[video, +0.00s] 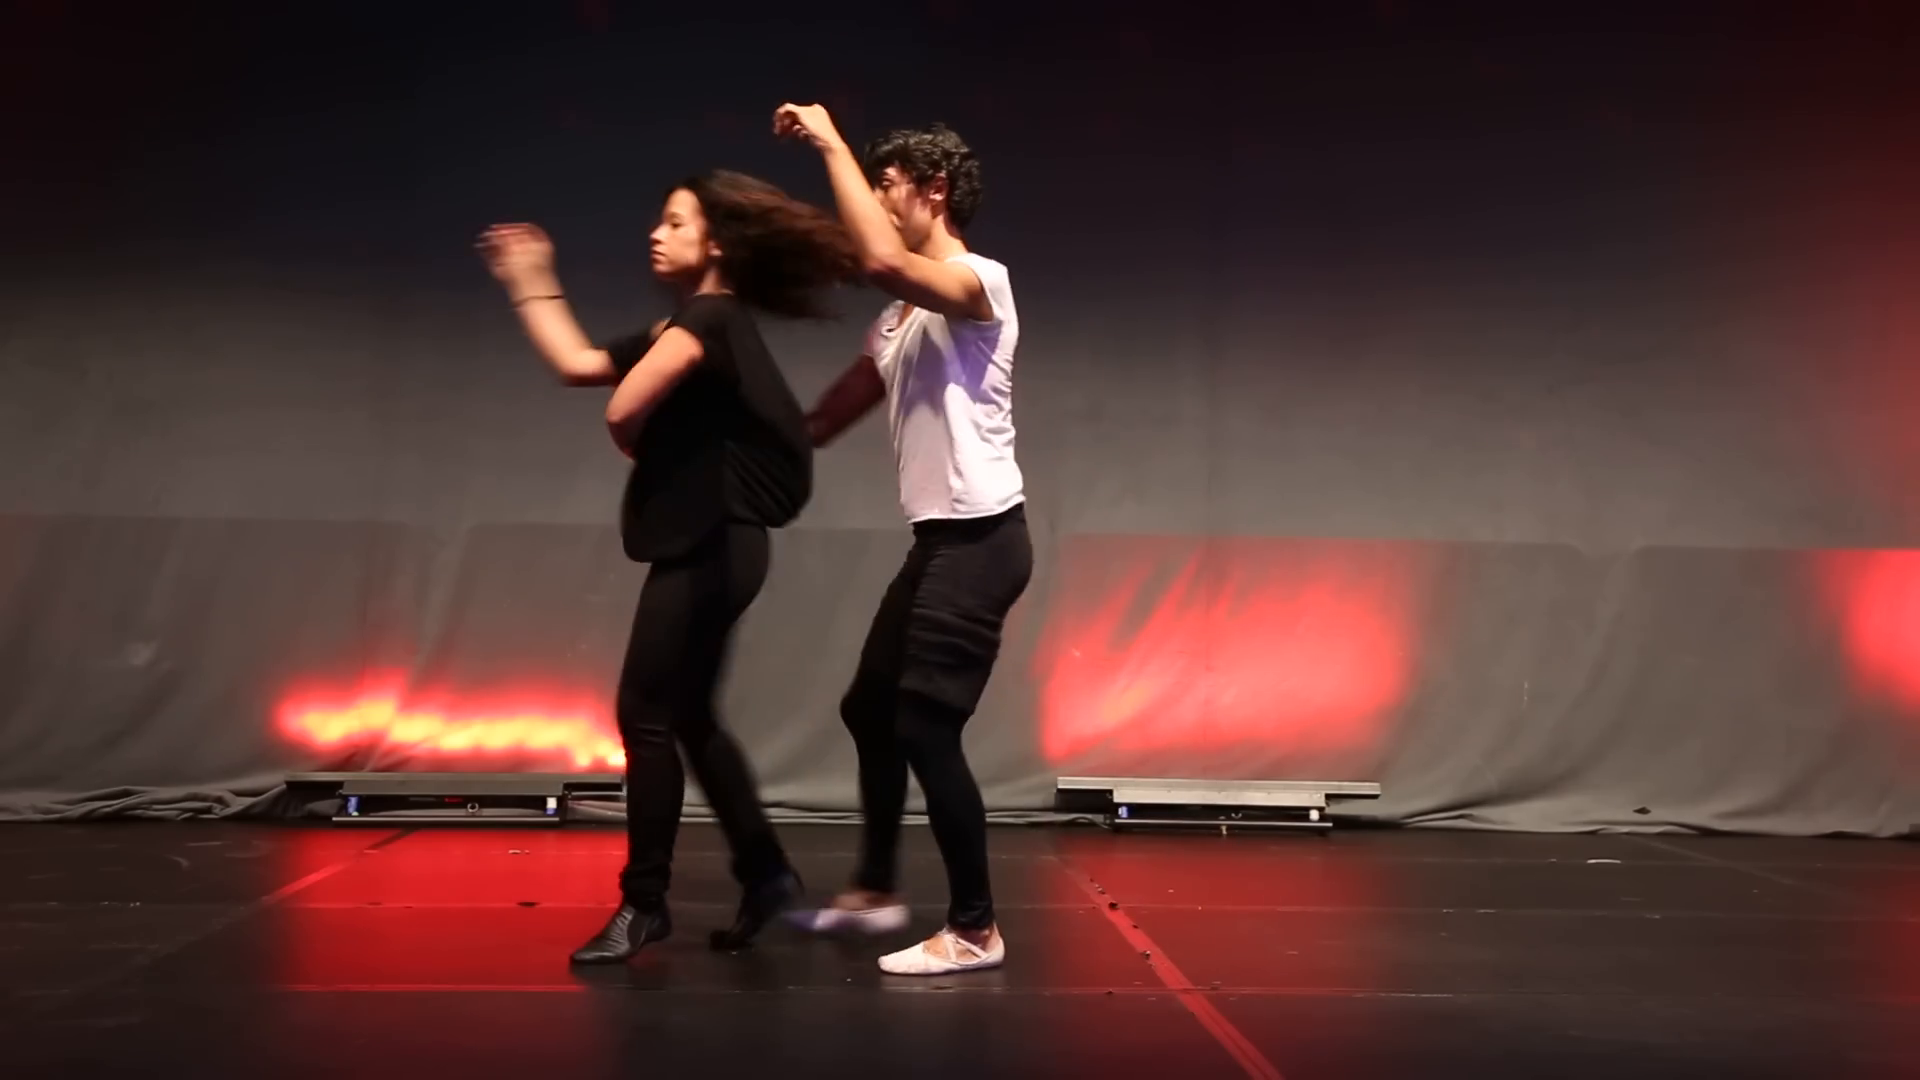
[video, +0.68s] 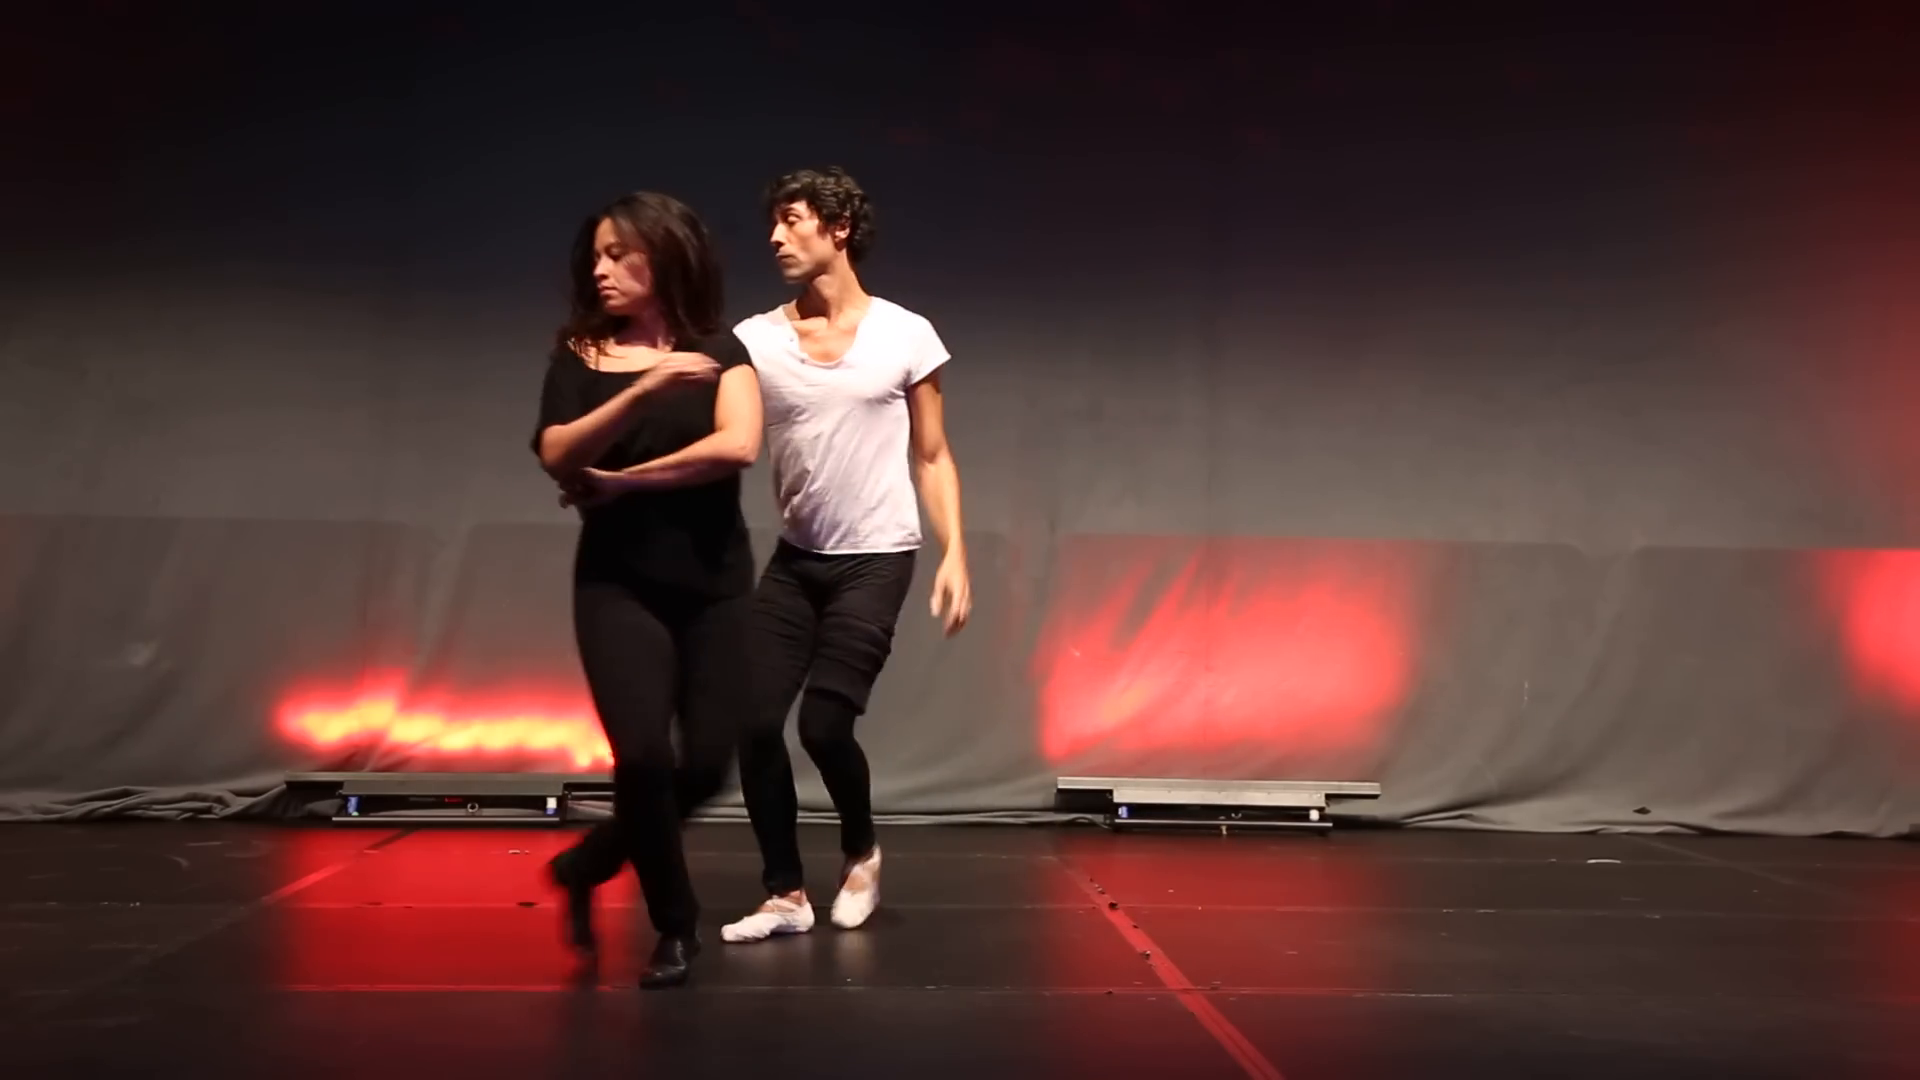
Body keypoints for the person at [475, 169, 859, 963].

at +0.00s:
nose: (657, 235)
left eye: (674, 223)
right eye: (660, 222)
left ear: (718, 244)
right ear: (694, 242)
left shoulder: (707, 319)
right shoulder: (686, 324)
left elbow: (625, 410)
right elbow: (579, 361)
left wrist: (632, 438)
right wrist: (530, 279)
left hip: (705, 547)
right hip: (706, 546)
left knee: (646, 715)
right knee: (689, 715)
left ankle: (644, 906)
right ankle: (769, 883)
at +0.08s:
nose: (636, 230)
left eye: (655, 219)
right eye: (639, 219)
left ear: (701, 235)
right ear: (655, 237)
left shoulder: (714, 318)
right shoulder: (628, 330)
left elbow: (641, 409)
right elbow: (526, 362)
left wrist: (618, 438)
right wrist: (445, 299)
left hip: (706, 554)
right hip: (643, 549)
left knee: (649, 718)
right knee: (625, 711)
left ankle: (632, 905)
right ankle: (714, 862)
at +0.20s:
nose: (612, 236)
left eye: (631, 222)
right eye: (613, 223)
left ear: (679, 236)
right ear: (621, 241)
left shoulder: (714, 331)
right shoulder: (595, 342)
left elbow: (681, 418)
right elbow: (496, 389)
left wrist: (604, 449)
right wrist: (384, 354)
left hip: (687, 566)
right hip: (604, 551)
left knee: (638, 730)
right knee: (555, 713)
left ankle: (605, 901)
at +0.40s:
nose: (588, 250)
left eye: (604, 235)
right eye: (585, 238)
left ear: (652, 242)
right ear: (586, 252)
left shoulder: (707, 340)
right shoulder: (566, 346)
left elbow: (709, 434)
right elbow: (526, 443)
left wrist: (602, 463)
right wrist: (461, 429)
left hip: (674, 575)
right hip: (580, 559)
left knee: (612, 739)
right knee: (528, 717)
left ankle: (555, 899)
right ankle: (520, 894)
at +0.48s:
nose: (586, 254)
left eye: (603, 239)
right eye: (582, 243)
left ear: (649, 246)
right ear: (578, 256)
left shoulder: (703, 343)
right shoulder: (562, 344)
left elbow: (715, 433)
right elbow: (535, 463)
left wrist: (602, 466)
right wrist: (515, 425)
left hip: (676, 579)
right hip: (581, 567)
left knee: (614, 741)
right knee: (548, 722)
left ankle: (548, 896)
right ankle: (570, 892)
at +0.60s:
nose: (592, 263)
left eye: (609, 248)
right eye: (586, 251)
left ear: (656, 253)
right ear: (584, 264)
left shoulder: (707, 341)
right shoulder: (570, 347)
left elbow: (729, 437)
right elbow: (536, 455)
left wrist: (618, 473)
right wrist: (598, 400)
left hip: (696, 579)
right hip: (599, 572)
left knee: (636, 756)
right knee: (608, 748)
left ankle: (541, 891)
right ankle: (676, 916)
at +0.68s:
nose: (603, 269)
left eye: (620, 254)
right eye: (597, 257)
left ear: (668, 260)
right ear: (593, 270)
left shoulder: (719, 351)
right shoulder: (579, 354)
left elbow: (740, 444)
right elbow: (552, 454)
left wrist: (624, 480)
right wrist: (646, 384)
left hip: (714, 583)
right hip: (618, 581)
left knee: (708, 766)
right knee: (640, 760)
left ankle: (582, 867)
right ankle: (674, 931)